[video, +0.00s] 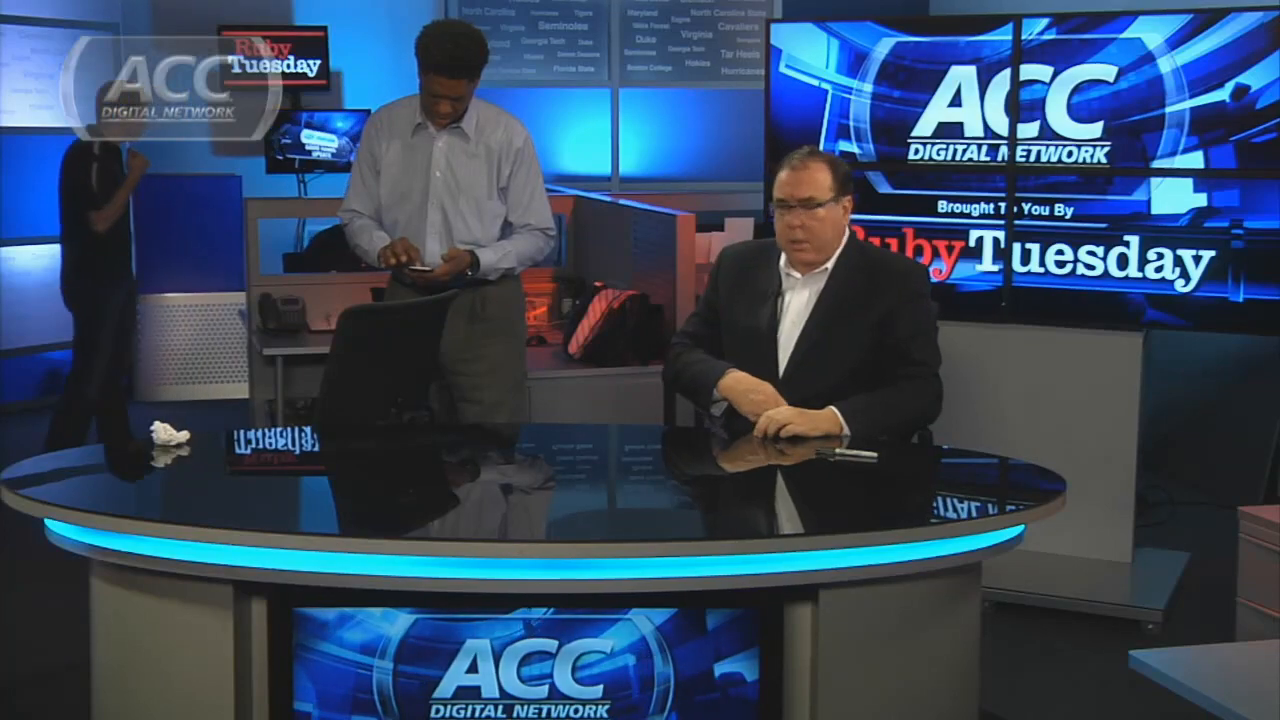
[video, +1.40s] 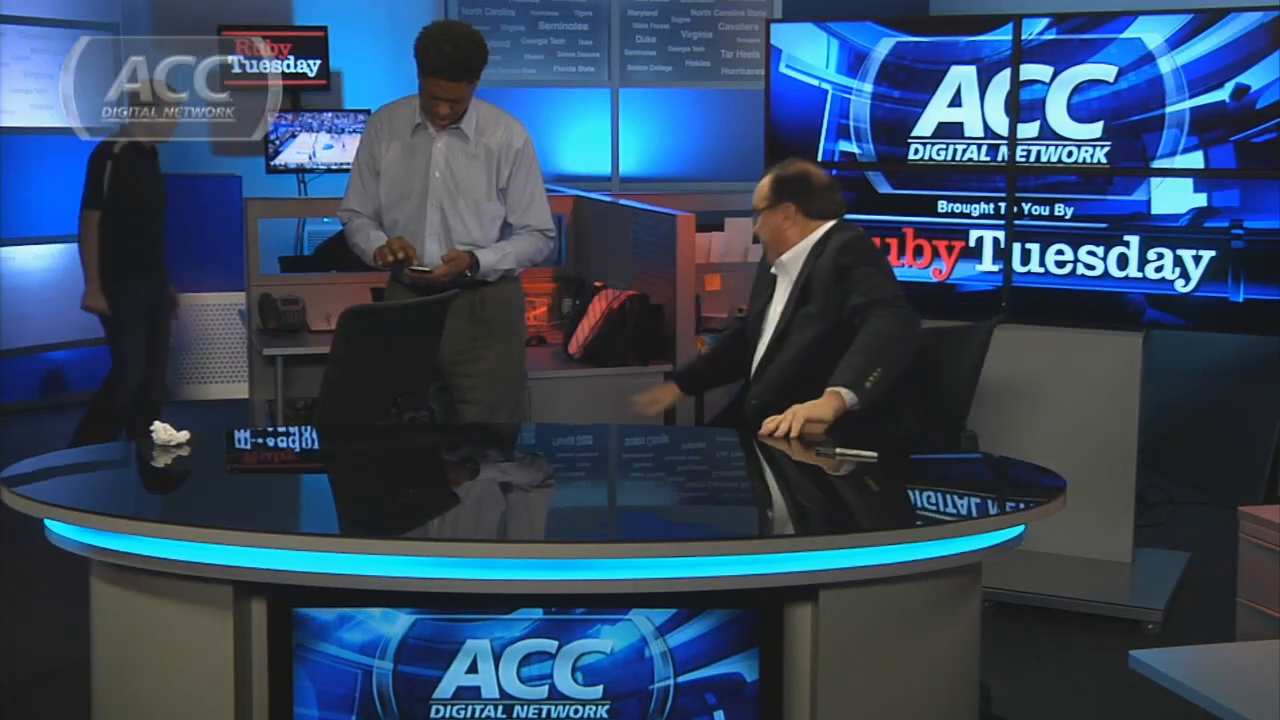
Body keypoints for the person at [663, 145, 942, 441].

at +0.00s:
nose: (795, 222)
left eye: (811, 206)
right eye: (784, 206)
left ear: (846, 208)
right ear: (772, 209)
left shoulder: (897, 280)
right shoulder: (738, 266)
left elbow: (921, 393)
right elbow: (683, 355)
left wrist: (832, 419)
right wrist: (729, 381)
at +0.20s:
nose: (760, 213)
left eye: (774, 201)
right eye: (763, 200)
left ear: (823, 212)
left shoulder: (900, 280)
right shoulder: (744, 265)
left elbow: (924, 395)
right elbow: (687, 352)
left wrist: (834, 419)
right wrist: (729, 381)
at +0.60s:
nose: (758, 208)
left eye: (766, 195)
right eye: (761, 195)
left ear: (803, 203)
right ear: (801, 204)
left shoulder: (893, 274)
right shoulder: (765, 263)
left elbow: (924, 390)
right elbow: (725, 343)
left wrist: (831, 417)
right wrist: (710, 381)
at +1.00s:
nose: (772, 213)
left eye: (777, 203)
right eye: (774, 203)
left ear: (806, 214)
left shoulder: (885, 276)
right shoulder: (797, 270)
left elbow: (915, 389)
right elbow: (766, 356)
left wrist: (833, 419)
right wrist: (718, 404)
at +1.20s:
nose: (779, 211)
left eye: (785, 201)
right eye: (780, 201)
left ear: (812, 208)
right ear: (811, 211)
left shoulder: (879, 271)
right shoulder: (799, 267)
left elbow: (910, 376)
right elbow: (763, 353)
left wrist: (823, 412)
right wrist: (697, 408)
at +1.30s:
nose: (771, 212)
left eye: (777, 199)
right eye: (773, 200)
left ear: (808, 204)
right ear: (807, 205)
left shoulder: (868, 257)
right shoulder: (785, 263)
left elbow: (906, 344)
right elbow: (740, 337)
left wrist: (836, 403)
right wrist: (665, 383)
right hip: (748, 440)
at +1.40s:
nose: (755, 229)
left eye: (759, 214)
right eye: (755, 216)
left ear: (788, 214)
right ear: (787, 215)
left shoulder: (848, 251)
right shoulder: (778, 266)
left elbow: (892, 325)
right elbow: (747, 339)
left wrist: (834, 399)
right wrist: (678, 385)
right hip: (750, 430)